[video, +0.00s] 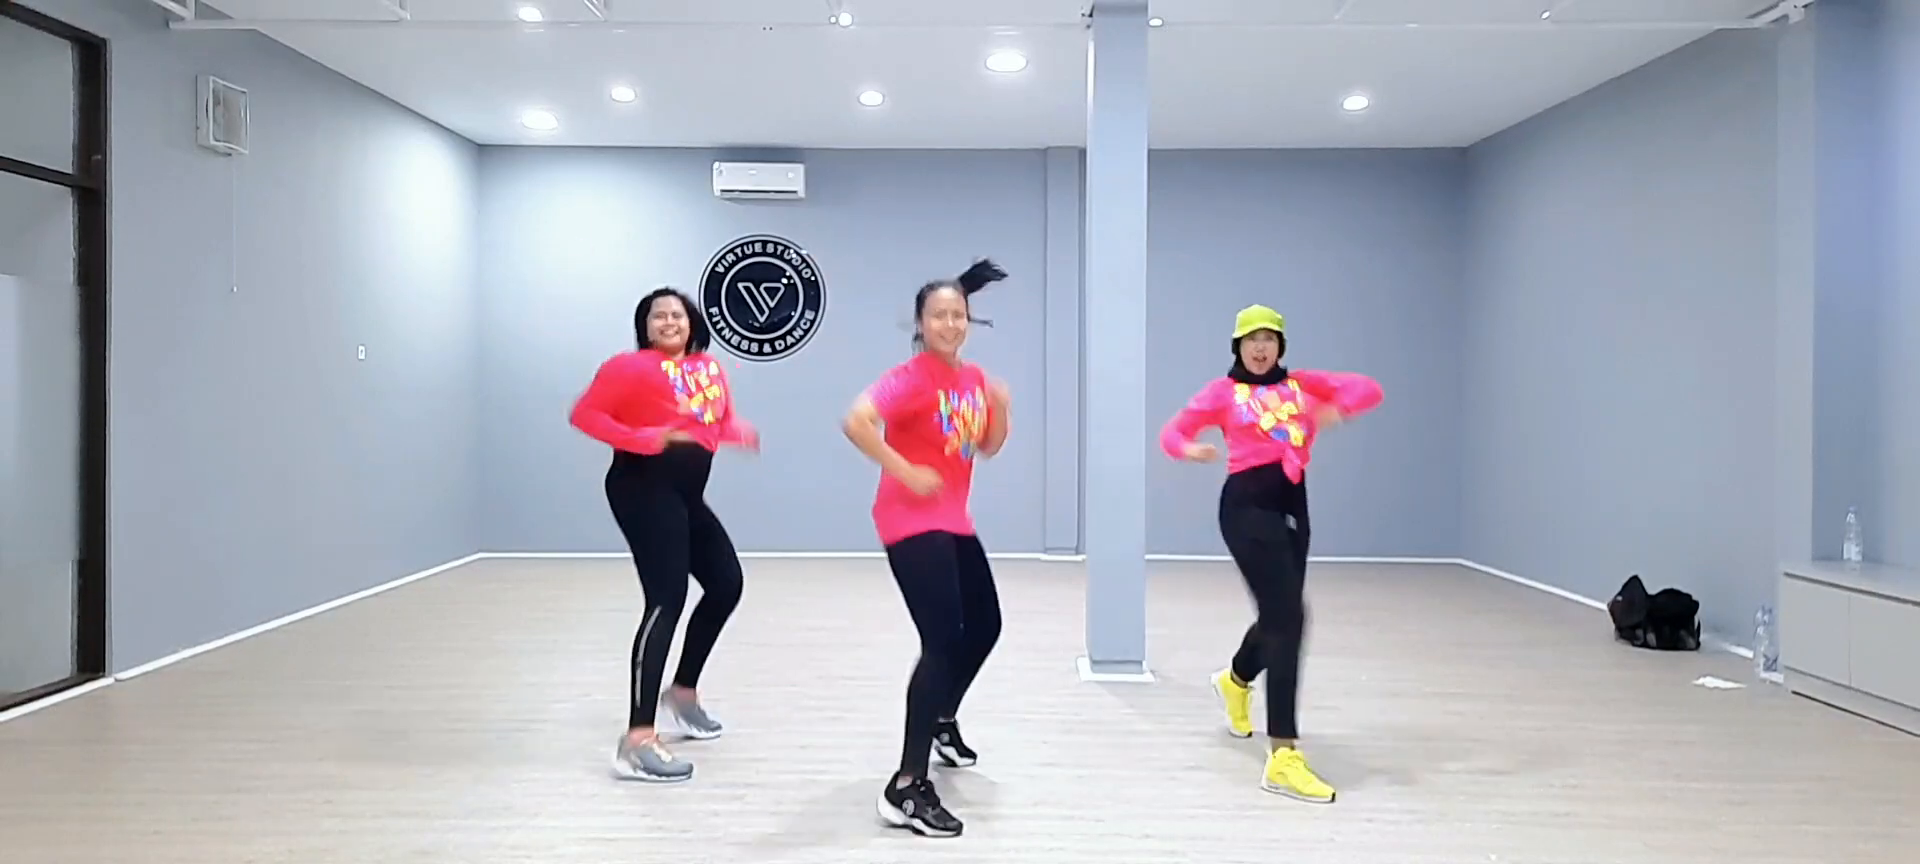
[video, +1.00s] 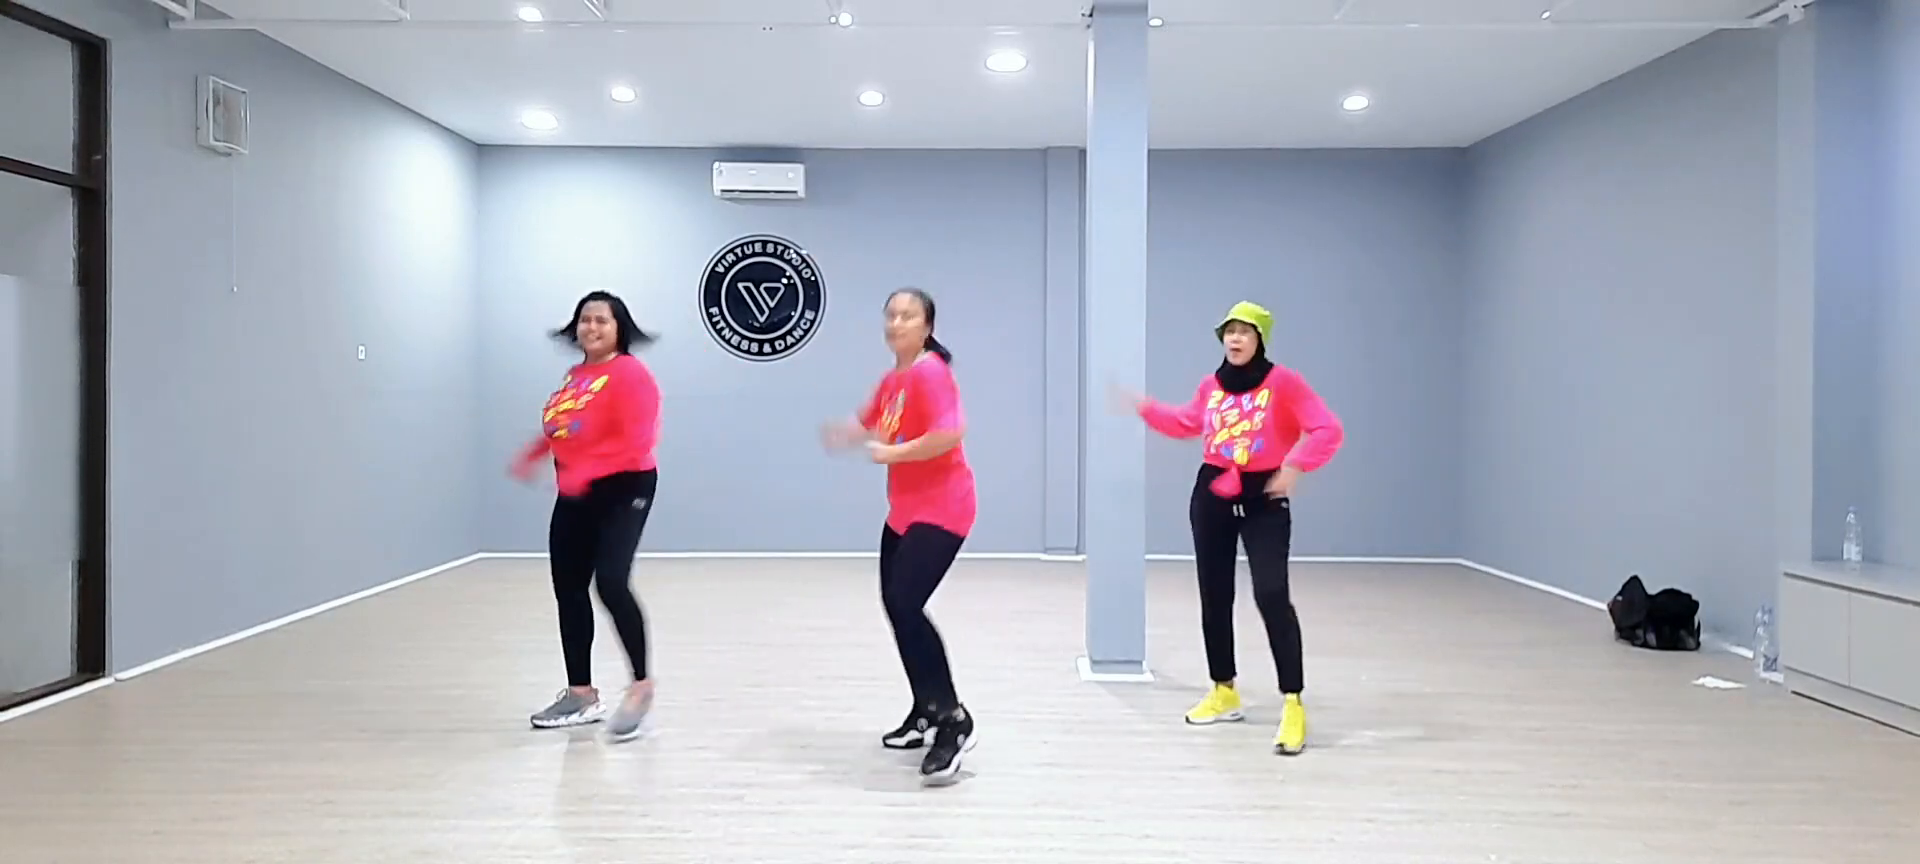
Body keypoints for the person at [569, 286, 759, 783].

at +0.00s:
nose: (668, 321)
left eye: (677, 314)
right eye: (658, 315)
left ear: (692, 324)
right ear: (644, 326)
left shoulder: (708, 368)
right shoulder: (627, 367)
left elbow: (717, 424)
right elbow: (584, 415)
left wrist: (741, 433)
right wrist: (642, 437)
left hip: (685, 492)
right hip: (642, 491)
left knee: (725, 584)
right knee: (667, 597)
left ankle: (682, 693)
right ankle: (639, 736)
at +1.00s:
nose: (592, 327)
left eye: (602, 320)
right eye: (585, 320)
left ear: (620, 328)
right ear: (576, 329)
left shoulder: (633, 375)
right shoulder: (576, 377)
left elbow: (638, 444)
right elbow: (566, 430)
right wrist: (532, 453)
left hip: (625, 487)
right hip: (577, 490)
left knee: (610, 584)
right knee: (569, 587)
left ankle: (641, 686)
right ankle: (580, 692)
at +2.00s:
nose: (609, 323)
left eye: (619, 317)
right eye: (600, 316)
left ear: (633, 323)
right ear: (589, 322)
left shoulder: (655, 362)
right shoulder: (573, 355)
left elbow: (708, 398)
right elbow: (548, 305)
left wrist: (679, 449)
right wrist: (568, 258)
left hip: (648, 478)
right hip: (595, 481)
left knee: (662, 575)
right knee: (551, 563)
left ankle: (695, 683)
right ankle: (545, 686)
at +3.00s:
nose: (627, 326)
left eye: (637, 320)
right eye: (618, 320)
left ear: (650, 330)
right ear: (605, 330)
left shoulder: (673, 382)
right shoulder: (579, 381)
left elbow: (690, 446)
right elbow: (551, 437)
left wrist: (706, 498)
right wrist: (580, 471)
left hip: (662, 491)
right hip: (605, 490)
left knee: (658, 597)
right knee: (619, 580)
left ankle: (644, 699)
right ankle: (615, 614)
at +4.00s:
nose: (529, 316)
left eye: (533, 309)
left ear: (540, 315)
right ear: (589, 318)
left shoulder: (530, 358)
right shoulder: (613, 362)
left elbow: (504, 414)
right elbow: (648, 416)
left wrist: (472, 415)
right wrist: (622, 468)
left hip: (544, 478)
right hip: (603, 476)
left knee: (540, 597)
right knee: (558, 570)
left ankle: (550, 722)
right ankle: (583, 685)